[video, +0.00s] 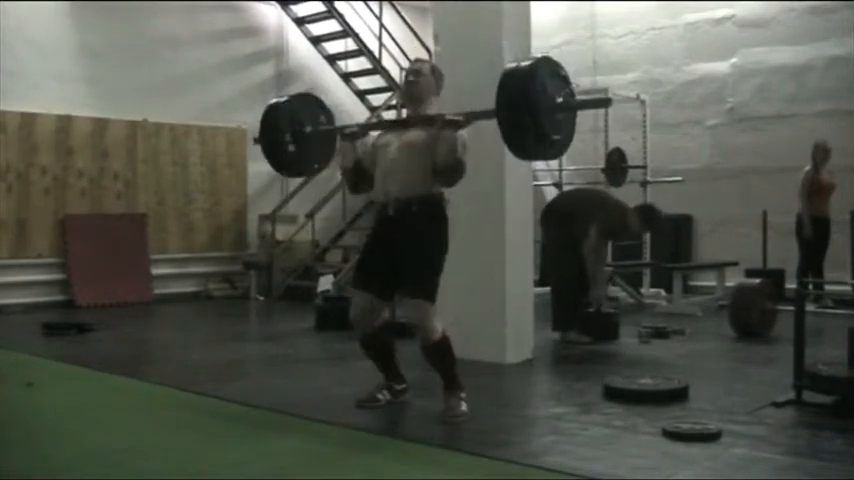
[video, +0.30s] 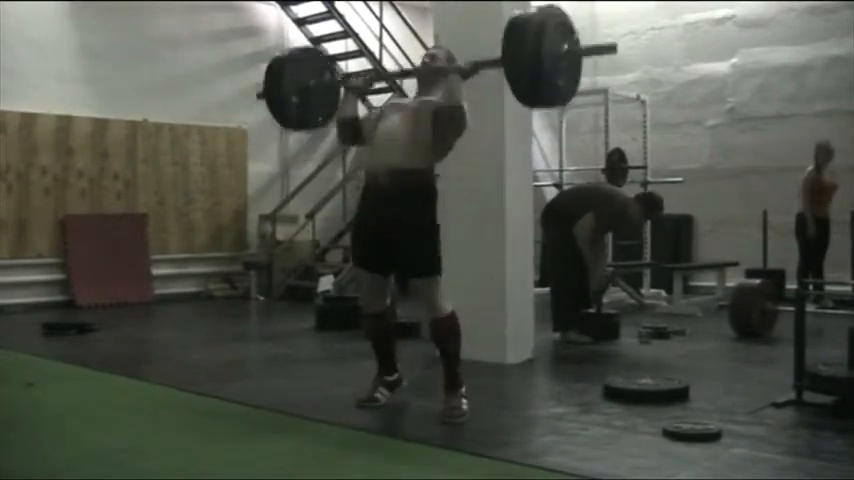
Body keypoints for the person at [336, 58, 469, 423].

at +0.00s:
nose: (408, 77)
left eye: (418, 73)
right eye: (406, 73)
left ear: (436, 86)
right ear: (400, 84)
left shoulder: (443, 129)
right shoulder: (384, 136)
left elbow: (448, 177)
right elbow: (359, 185)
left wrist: (447, 133)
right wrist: (348, 150)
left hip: (425, 218)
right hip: (387, 221)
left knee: (417, 311)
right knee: (364, 308)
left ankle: (453, 391)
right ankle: (394, 383)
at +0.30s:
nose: (428, 60)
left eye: (438, 58)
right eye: (426, 56)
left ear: (448, 74)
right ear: (417, 68)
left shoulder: (442, 110)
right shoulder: (392, 106)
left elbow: (451, 128)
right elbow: (350, 135)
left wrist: (452, 79)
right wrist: (351, 94)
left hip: (417, 204)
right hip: (375, 203)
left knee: (430, 297)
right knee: (372, 294)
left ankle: (453, 389)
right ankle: (388, 377)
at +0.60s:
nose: (409, 66)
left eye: (420, 62)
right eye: (406, 62)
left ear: (436, 74)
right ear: (401, 72)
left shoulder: (442, 111)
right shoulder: (387, 105)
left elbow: (462, 68)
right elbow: (357, 73)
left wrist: (466, 15)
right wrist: (357, 28)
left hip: (412, 202)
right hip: (375, 202)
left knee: (426, 298)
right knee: (379, 297)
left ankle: (453, 392)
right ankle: (394, 383)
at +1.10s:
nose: (428, 65)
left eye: (436, 59)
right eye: (425, 60)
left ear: (454, 64)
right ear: (421, 67)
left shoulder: (471, 103)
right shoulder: (412, 103)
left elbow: (497, 68)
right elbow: (376, 80)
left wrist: (481, 21)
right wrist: (369, 30)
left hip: (459, 198)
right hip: (421, 200)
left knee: (467, 293)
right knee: (396, 288)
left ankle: (503, 377)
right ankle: (393, 380)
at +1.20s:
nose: (447, 83)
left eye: (453, 76)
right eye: (442, 77)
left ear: (469, 75)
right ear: (436, 79)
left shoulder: (488, 105)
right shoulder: (433, 112)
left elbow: (519, 118)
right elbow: (391, 122)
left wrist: (491, 84)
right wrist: (375, 96)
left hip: (476, 204)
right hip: (435, 204)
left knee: (483, 297)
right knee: (410, 290)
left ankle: (507, 382)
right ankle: (395, 381)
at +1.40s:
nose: (457, 82)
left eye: (462, 75)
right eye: (452, 77)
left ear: (479, 72)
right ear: (448, 80)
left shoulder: (506, 112)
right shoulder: (442, 119)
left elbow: (535, 158)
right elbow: (422, 161)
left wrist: (533, 196)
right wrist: (406, 179)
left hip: (496, 206)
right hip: (456, 208)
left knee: (502, 295)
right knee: (432, 286)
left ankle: (510, 379)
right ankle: (441, 370)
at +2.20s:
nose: (413, 116)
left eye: (416, 108)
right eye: (409, 110)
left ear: (435, 98)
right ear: (413, 106)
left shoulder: (483, 126)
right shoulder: (424, 136)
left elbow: (515, 177)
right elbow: (407, 185)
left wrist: (515, 229)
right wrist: (390, 225)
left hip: (491, 211)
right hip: (455, 214)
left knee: (486, 295)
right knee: (427, 290)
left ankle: (497, 389)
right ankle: (454, 362)